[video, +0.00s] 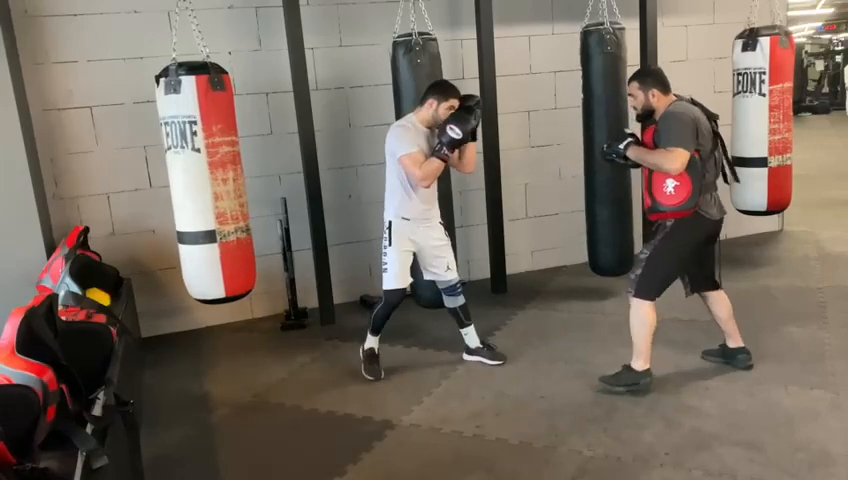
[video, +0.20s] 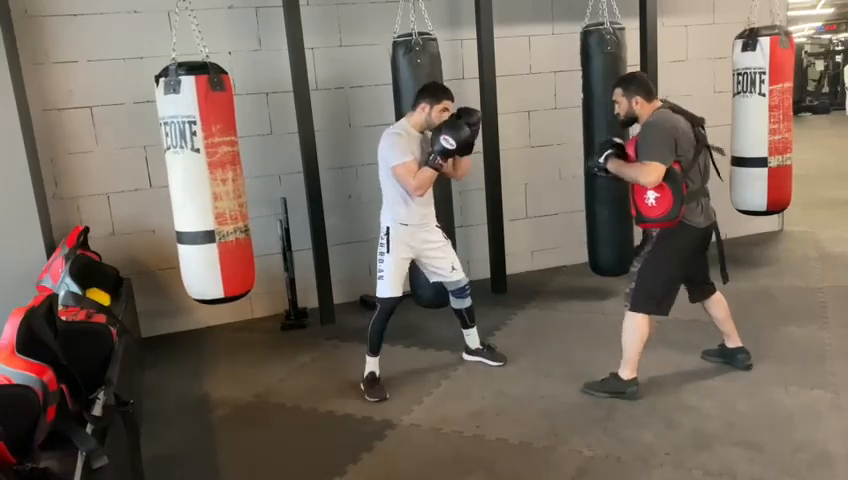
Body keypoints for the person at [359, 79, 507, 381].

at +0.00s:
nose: (451, 116)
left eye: (453, 111)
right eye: (449, 109)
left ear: (437, 107)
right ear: (432, 103)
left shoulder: (436, 133)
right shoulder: (400, 132)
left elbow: (467, 166)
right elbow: (423, 177)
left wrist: (469, 126)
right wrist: (448, 144)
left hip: (430, 223)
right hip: (400, 224)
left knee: (451, 284)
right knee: (395, 292)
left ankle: (474, 346)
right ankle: (370, 347)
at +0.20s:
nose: (444, 119)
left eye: (447, 115)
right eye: (442, 112)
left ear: (431, 111)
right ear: (425, 107)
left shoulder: (428, 137)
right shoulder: (394, 138)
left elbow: (459, 171)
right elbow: (417, 187)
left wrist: (463, 138)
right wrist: (442, 152)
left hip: (428, 229)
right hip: (397, 231)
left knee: (458, 284)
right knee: (389, 300)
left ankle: (474, 346)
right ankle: (371, 372)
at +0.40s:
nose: (439, 116)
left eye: (442, 111)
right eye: (437, 110)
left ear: (421, 107)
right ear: (417, 105)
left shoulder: (422, 135)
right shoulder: (387, 137)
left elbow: (439, 176)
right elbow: (408, 185)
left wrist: (450, 145)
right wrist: (434, 151)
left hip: (427, 227)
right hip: (396, 231)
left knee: (460, 283)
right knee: (387, 302)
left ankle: (474, 344)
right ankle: (371, 371)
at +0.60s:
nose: (429, 135)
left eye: (430, 126)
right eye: (425, 125)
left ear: (399, 124)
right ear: (400, 123)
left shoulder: (390, 160)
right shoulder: (358, 166)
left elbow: (395, 220)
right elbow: (388, 237)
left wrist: (423, 186)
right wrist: (425, 199)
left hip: (393, 282)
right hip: (358, 290)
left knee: (435, 352)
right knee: (361, 393)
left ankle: (456, 434)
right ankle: (327, 473)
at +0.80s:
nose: (427, 133)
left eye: (428, 124)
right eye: (423, 124)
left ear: (397, 122)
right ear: (400, 122)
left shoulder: (385, 157)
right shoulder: (362, 163)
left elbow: (408, 213)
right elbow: (415, 226)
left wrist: (439, 176)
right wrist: (444, 177)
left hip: (397, 284)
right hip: (363, 294)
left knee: (450, 341)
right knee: (367, 396)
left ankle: (460, 423)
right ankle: (328, 473)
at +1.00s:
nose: (456, 140)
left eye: (458, 131)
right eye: (453, 131)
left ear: (428, 129)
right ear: (429, 128)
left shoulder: (428, 164)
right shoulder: (379, 167)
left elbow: (453, 176)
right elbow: (400, 239)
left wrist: (489, 157)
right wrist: (440, 200)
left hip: (423, 284)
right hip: (380, 293)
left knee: (476, 344)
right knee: (372, 393)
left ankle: (491, 405)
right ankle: (330, 471)